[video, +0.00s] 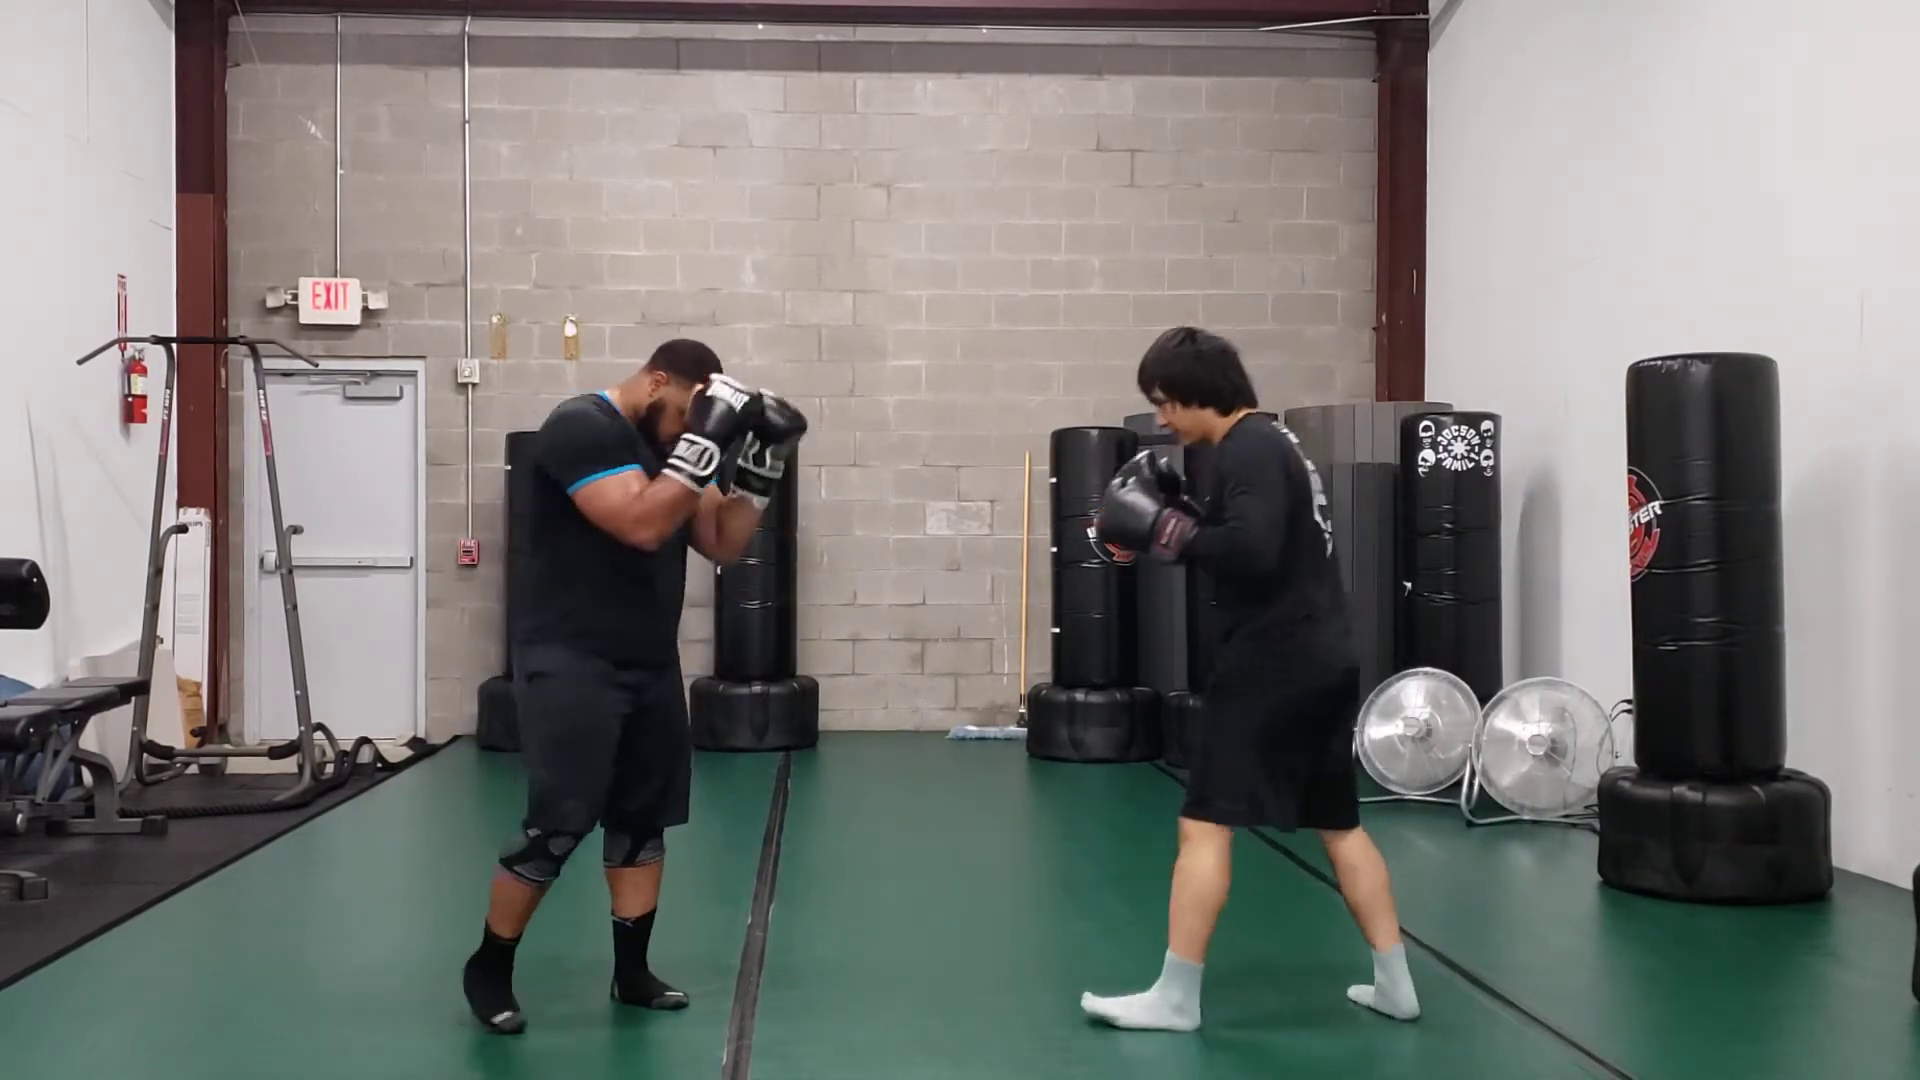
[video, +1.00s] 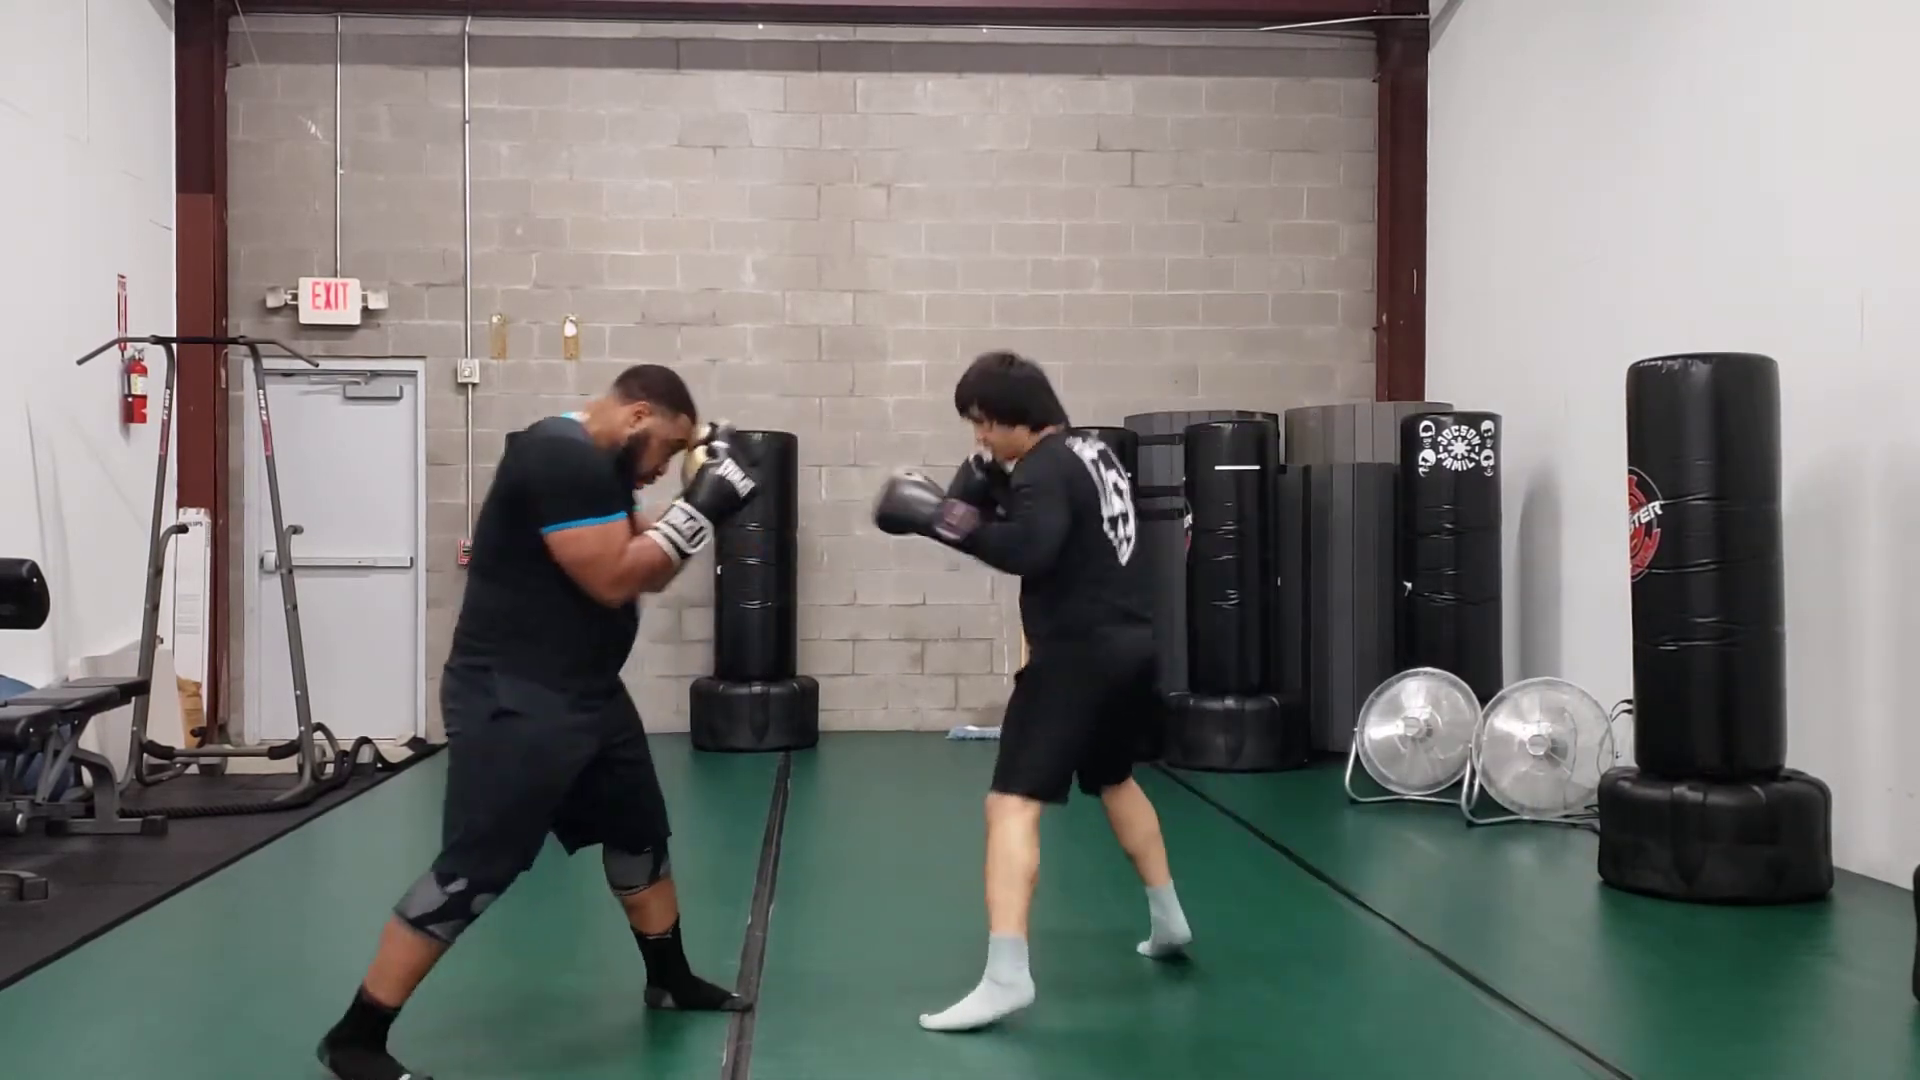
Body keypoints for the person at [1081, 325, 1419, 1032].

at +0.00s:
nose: (1161, 419)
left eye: (1165, 404)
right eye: (1157, 406)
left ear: (1200, 395)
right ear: (1224, 391)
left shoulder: (1247, 451)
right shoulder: (1269, 442)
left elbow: (1254, 548)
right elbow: (1242, 540)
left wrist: (1168, 532)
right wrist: (1161, 524)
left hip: (1266, 671)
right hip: (1324, 668)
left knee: (1204, 822)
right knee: (1340, 821)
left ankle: (1176, 995)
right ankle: (1396, 983)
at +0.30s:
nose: (1096, 454)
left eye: (1100, 439)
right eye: (1092, 441)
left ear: (1134, 427)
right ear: (1157, 420)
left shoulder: (1173, 471)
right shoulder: (1211, 452)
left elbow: (1172, 566)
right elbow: (1200, 550)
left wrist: (1091, 553)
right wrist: (1121, 518)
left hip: (1219, 670)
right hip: (1270, 665)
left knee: (1135, 814)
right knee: (1240, 801)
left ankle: (1168, 994)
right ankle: (1297, 955)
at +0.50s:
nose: (1079, 456)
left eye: (1084, 441)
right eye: (1076, 442)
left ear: (1118, 435)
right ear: (1141, 429)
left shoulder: (1150, 478)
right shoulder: (1191, 465)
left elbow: (1133, 564)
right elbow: (1174, 557)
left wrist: (1063, 552)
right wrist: (1094, 529)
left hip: (1181, 676)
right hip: (1229, 676)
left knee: (1051, 792)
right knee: (1218, 816)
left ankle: (1086, 960)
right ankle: (1296, 961)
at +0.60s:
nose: (1044, 450)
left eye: (1047, 435)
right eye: (1040, 437)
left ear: (1081, 427)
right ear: (1108, 420)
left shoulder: (1103, 469)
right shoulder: (1167, 461)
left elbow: (1031, 533)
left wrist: (959, 493)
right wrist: (997, 500)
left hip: (1144, 670)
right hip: (1201, 668)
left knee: (1033, 803)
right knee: (1207, 812)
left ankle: (1009, 980)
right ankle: (1291, 955)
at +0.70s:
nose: (1002, 458)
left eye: (1005, 445)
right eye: (1001, 446)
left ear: (1036, 441)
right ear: (1071, 432)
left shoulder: (1042, 487)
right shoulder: (1133, 467)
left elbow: (942, 493)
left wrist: (863, 460)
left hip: (1102, 681)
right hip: (1177, 676)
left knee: (1006, 822)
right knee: (1166, 793)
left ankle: (1009, 999)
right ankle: (1247, 928)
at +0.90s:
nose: (974, 481)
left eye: (975, 466)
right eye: (971, 467)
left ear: (1004, 462)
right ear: (1034, 456)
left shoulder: (1024, 507)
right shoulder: (1099, 491)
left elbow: (952, 551)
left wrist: (883, 497)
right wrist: (941, 515)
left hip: (1072, 692)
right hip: (1142, 688)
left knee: (974, 830)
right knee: (1125, 799)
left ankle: (1005, 1000)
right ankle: (1175, 939)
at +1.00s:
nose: (978, 441)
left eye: (980, 428)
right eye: (974, 429)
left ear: (1008, 420)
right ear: (1037, 411)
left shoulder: (1043, 468)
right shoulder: (1092, 449)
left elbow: (1030, 551)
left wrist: (952, 523)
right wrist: (985, 494)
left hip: (1071, 655)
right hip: (1127, 648)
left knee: (1011, 802)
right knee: (1113, 776)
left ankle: (1006, 974)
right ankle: (1169, 917)